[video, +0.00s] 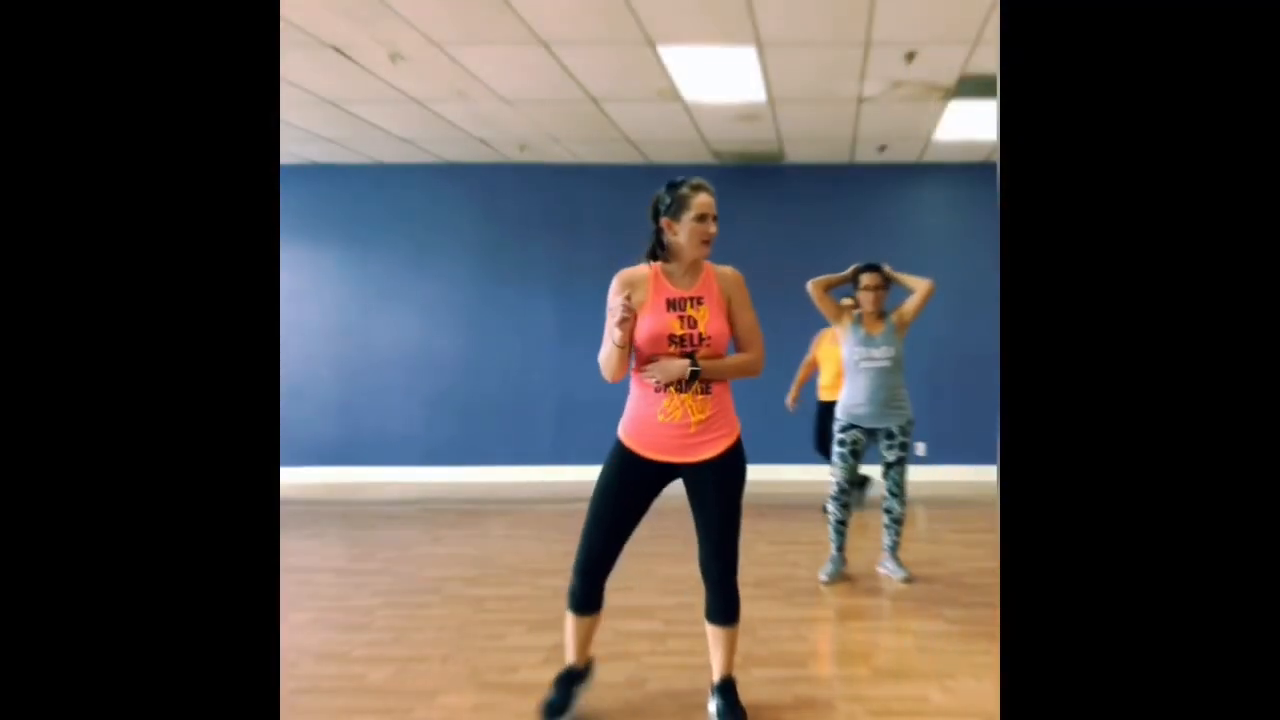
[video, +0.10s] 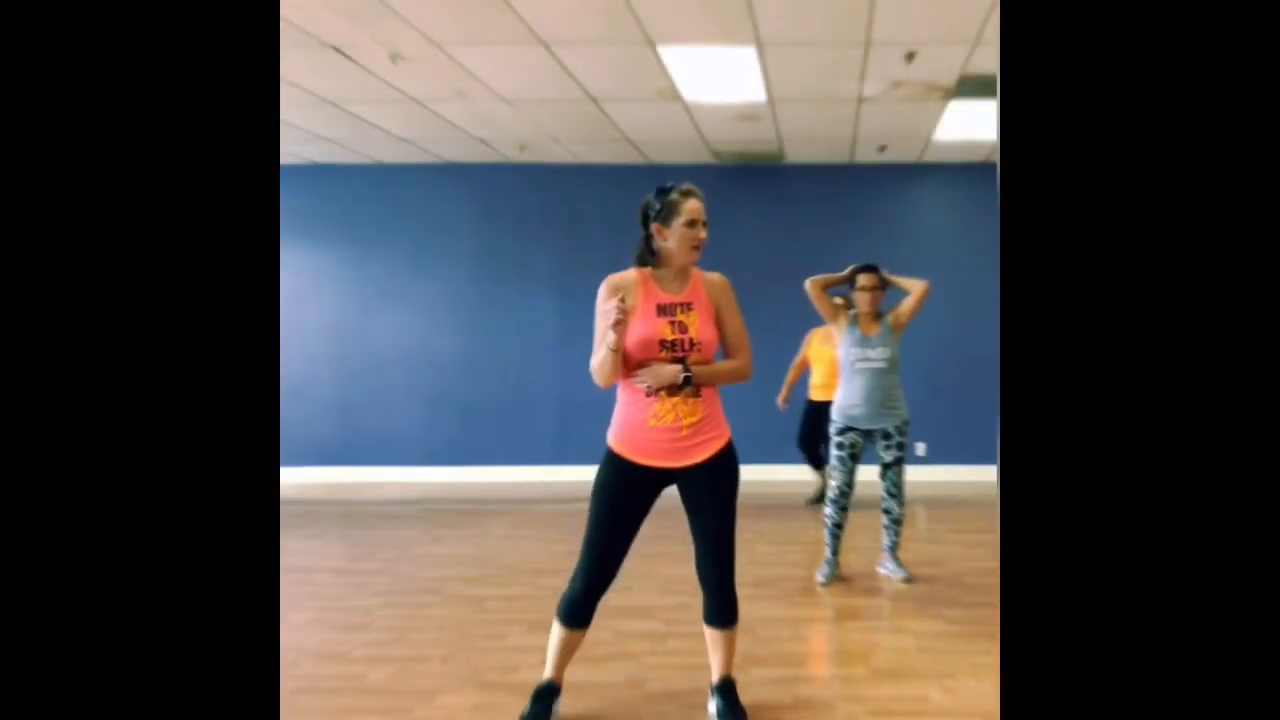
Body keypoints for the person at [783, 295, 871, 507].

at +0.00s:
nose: (847, 313)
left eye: (852, 309)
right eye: (843, 308)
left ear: (859, 311)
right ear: (836, 311)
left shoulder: (862, 335)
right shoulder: (826, 335)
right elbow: (809, 363)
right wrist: (795, 390)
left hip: (852, 397)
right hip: (828, 396)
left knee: (847, 450)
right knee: (823, 445)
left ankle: (840, 497)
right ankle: (856, 480)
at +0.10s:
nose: (836, 312)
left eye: (841, 308)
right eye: (833, 307)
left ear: (849, 312)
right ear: (827, 310)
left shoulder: (852, 335)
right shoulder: (815, 335)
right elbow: (799, 363)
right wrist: (785, 390)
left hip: (840, 398)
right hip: (816, 397)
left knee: (837, 446)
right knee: (807, 442)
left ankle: (834, 487)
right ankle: (824, 478)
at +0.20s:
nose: (825, 312)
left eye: (830, 307)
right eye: (823, 307)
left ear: (837, 310)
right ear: (818, 310)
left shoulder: (843, 334)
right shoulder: (805, 335)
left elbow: (849, 366)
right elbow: (791, 364)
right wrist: (779, 391)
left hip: (832, 398)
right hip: (807, 397)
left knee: (834, 448)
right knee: (794, 441)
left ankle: (837, 494)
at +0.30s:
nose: (814, 318)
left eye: (818, 314)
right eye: (811, 313)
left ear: (825, 317)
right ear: (806, 315)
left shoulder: (830, 338)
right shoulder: (794, 336)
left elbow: (837, 369)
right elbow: (783, 365)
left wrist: (836, 397)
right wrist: (773, 393)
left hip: (822, 402)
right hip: (796, 402)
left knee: (830, 451)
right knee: (782, 446)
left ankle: (835, 494)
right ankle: (763, 488)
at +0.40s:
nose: (803, 315)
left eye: (808, 310)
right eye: (800, 310)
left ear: (815, 316)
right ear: (795, 314)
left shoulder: (820, 339)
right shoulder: (782, 337)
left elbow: (831, 367)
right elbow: (772, 367)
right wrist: (763, 395)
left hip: (811, 403)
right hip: (783, 402)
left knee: (820, 453)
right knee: (771, 449)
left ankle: (832, 493)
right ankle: (757, 492)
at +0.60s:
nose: (785, 311)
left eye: (790, 307)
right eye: (782, 306)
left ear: (797, 312)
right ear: (776, 310)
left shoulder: (803, 336)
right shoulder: (762, 333)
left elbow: (813, 370)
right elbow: (750, 360)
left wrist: (798, 361)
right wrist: (738, 383)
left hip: (792, 397)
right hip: (762, 396)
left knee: (796, 446)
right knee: (760, 446)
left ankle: (818, 482)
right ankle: (754, 492)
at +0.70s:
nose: (780, 309)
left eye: (784, 305)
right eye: (776, 304)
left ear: (790, 310)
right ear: (770, 308)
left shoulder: (798, 334)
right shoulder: (756, 331)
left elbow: (807, 367)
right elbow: (744, 355)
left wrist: (792, 357)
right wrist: (731, 374)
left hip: (786, 396)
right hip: (757, 395)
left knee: (789, 446)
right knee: (758, 446)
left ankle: (797, 491)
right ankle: (754, 492)